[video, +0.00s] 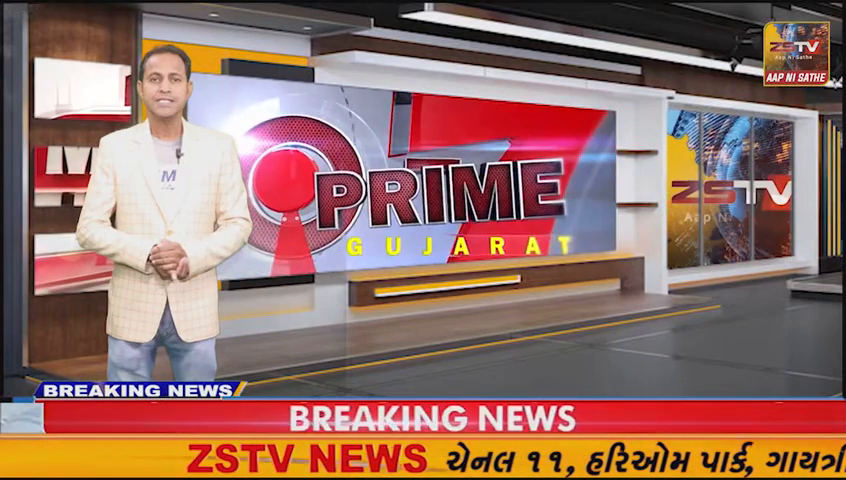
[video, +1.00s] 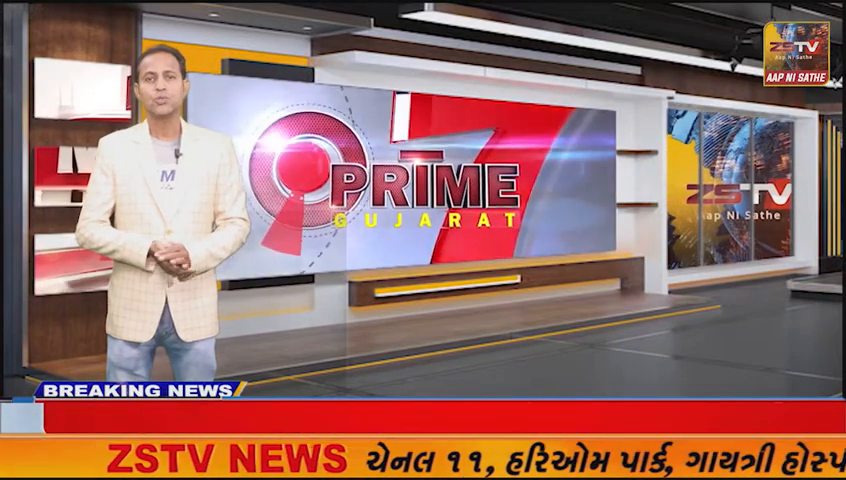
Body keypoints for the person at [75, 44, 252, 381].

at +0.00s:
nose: (164, 87)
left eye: (175, 79)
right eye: (155, 78)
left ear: (188, 89)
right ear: (141, 88)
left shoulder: (219, 147)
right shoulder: (113, 147)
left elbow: (238, 223)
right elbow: (90, 228)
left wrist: (192, 257)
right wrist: (148, 254)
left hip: (195, 303)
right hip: (132, 303)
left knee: (201, 413)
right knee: (125, 415)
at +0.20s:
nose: (165, 86)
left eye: (175, 78)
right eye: (155, 78)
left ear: (189, 88)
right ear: (141, 89)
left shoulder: (220, 147)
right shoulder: (114, 147)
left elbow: (238, 223)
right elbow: (90, 228)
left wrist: (193, 257)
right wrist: (149, 254)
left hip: (195, 304)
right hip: (132, 304)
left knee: (201, 413)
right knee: (124, 415)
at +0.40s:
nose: (165, 86)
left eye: (175, 77)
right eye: (155, 78)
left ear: (189, 87)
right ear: (142, 89)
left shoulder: (220, 147)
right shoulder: (114, 147)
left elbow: (238, 223)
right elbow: (90, 228)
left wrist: (193, 257)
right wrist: (149, 254)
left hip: (195, 304)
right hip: (132, 304)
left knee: (201, 413)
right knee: (123, 414)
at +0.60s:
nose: (164, 86)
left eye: (174, 77)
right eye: (154, 78)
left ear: (188, 87)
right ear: (141, 89)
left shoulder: (220, 147)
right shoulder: (115, 147)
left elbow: (238, 223)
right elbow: (90, 227)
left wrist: (194, 257)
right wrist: (150, 253)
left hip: (195, 304)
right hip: (132, 304)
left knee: (201, 413)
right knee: (123, 414)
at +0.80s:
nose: (162, 85)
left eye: (171, 77)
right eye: (152, 78)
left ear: (186, 87)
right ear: (138, 90)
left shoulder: (218, 147)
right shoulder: (114, 147)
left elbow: (237, 222)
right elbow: (89, 228)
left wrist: (194, 257)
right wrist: (150, 252)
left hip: (195, 303)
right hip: (132, 304)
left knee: (200, 417)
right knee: (124, 418)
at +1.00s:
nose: (160, 85)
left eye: (170, 76)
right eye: (150, 78)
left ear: (185, 86)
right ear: (137, 90)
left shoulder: (217, 147)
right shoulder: (114, 147)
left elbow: (236, 223)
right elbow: (89, 228)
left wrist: (195, 257)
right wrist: (148, 249)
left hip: (194, 303)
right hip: (132, 303)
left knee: (200, 412)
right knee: (124, 414)